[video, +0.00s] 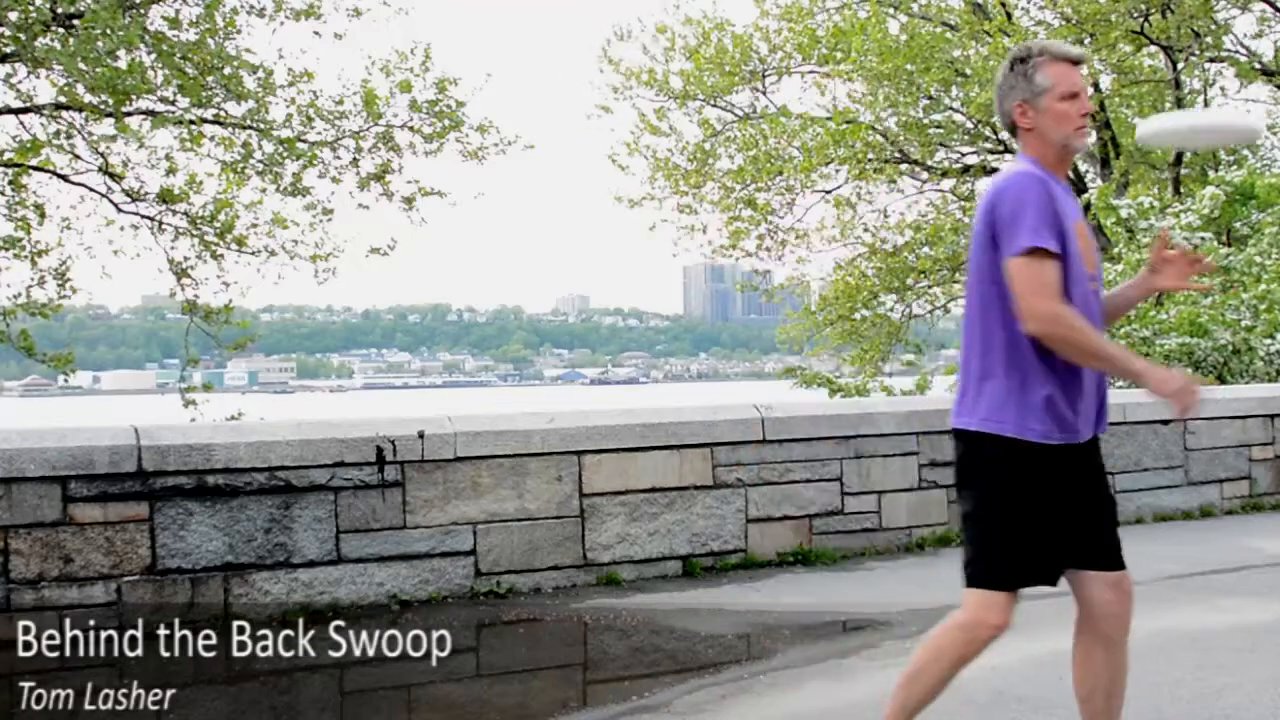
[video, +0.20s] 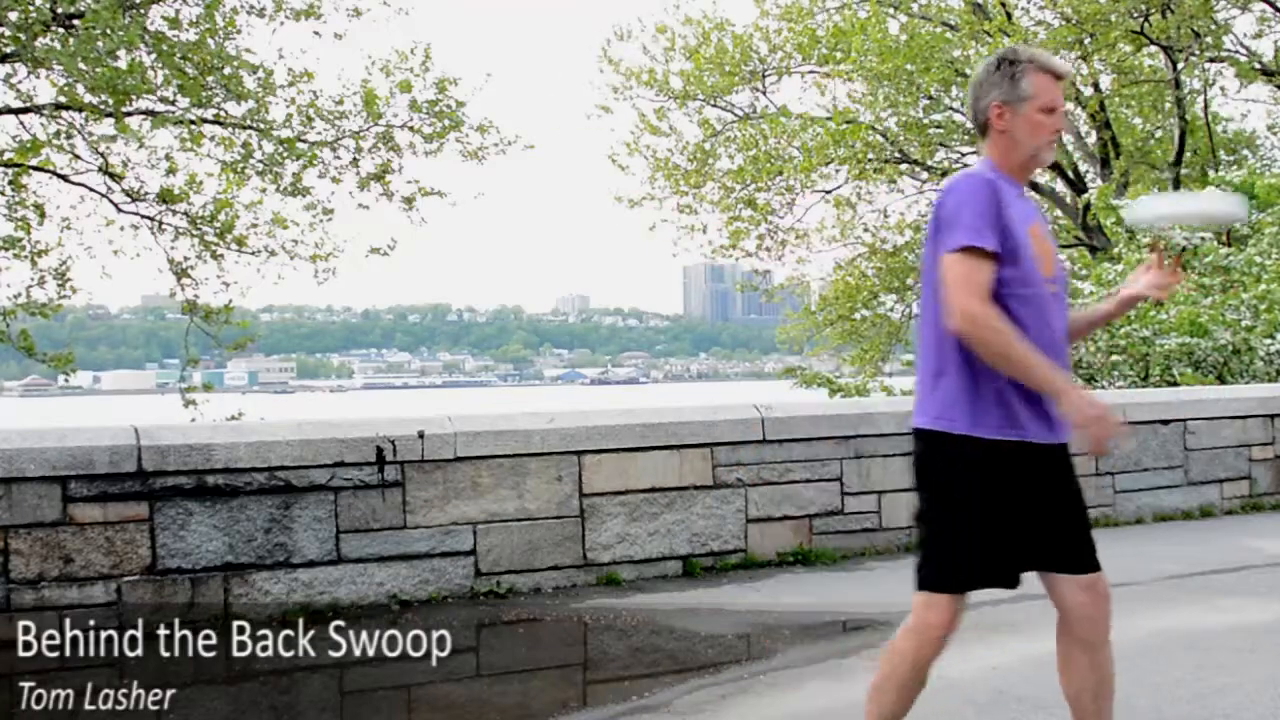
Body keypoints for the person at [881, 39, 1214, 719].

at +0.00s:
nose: (1087, 108)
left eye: (1086, 96)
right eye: (1069, 98)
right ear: (1024, 115)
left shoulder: (1060, 196)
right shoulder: (1020, 188)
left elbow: (1079, 318)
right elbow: (1040, 317)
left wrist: (1145, 282)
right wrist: (1148, 374)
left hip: (1067, 436)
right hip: (1003, 435)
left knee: (1108, 600)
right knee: (985, 613)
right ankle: (893, 713)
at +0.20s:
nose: (1063, 125)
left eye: (1063, 111)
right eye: (1050, 110)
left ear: (1018, 119)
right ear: (1000, 116)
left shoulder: (1028, 209)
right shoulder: (972, 189)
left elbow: (1046, 334)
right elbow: (968, 313)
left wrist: (1125, 296)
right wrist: (1066, 393)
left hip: (1033, 441)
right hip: (962, 439)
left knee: (1086, 603)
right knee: (934, 615)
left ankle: (1094, 719)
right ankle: (873, 717)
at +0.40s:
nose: (1032, 148)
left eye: (1034, 133)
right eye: (1021, 132)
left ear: (990, 138)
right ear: (974, 132)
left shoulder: (993, 230)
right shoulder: (923, 203)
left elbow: (1004, 360)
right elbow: (890, 320)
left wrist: (1111, 350)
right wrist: (977, 414)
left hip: (993, 451)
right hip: (912, 452)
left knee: (1076, 598)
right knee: (892, 634)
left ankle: (1096, 719)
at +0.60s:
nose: (1007, 168)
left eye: (1010, 154)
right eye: (999, 152)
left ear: (965, 153)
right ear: (951, 147)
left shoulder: (973, 247)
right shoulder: (889, 214)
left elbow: (979, 374)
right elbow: (837, 326)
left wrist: (1087, 413)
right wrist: (890, 439)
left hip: (964, 448)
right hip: (875, 455)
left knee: (1065, 574)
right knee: (880, 640)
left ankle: (1070, 717)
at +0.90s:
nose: (991, 191)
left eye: (995, 178)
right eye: (983, 174)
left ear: (950, 172)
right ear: (935, 165)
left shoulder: (954, 266)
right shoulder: (867, 226)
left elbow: (958, 387)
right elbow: (805, 337)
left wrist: (1031, 468)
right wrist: (802, 456)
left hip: (931, 446)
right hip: (850, 460)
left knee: (1046, 510)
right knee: (863, 644)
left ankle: (1068, 710)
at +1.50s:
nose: (919, 187)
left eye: (931, 175)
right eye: (907, 170)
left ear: (941, 177)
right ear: (870, 160)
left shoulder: (930, 262)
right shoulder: (815, 229)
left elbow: (915, 371)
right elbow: (757, 338)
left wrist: (939, 457)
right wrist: (741, 451)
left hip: (908, 436)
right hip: (825, 453)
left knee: (1042, 478)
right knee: (846, 641)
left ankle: (1106, 685)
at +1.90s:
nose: (842, 135)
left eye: (859, 123)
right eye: (839, 122)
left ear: (904, 140)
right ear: (835, 130)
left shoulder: (938, 227)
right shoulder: (800, 210)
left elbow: (904, 325)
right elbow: (779, 328)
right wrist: (819, 435)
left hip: (928, 424)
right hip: (835, 435)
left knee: (1021, 553)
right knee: (847, 624)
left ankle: (1036, 715)